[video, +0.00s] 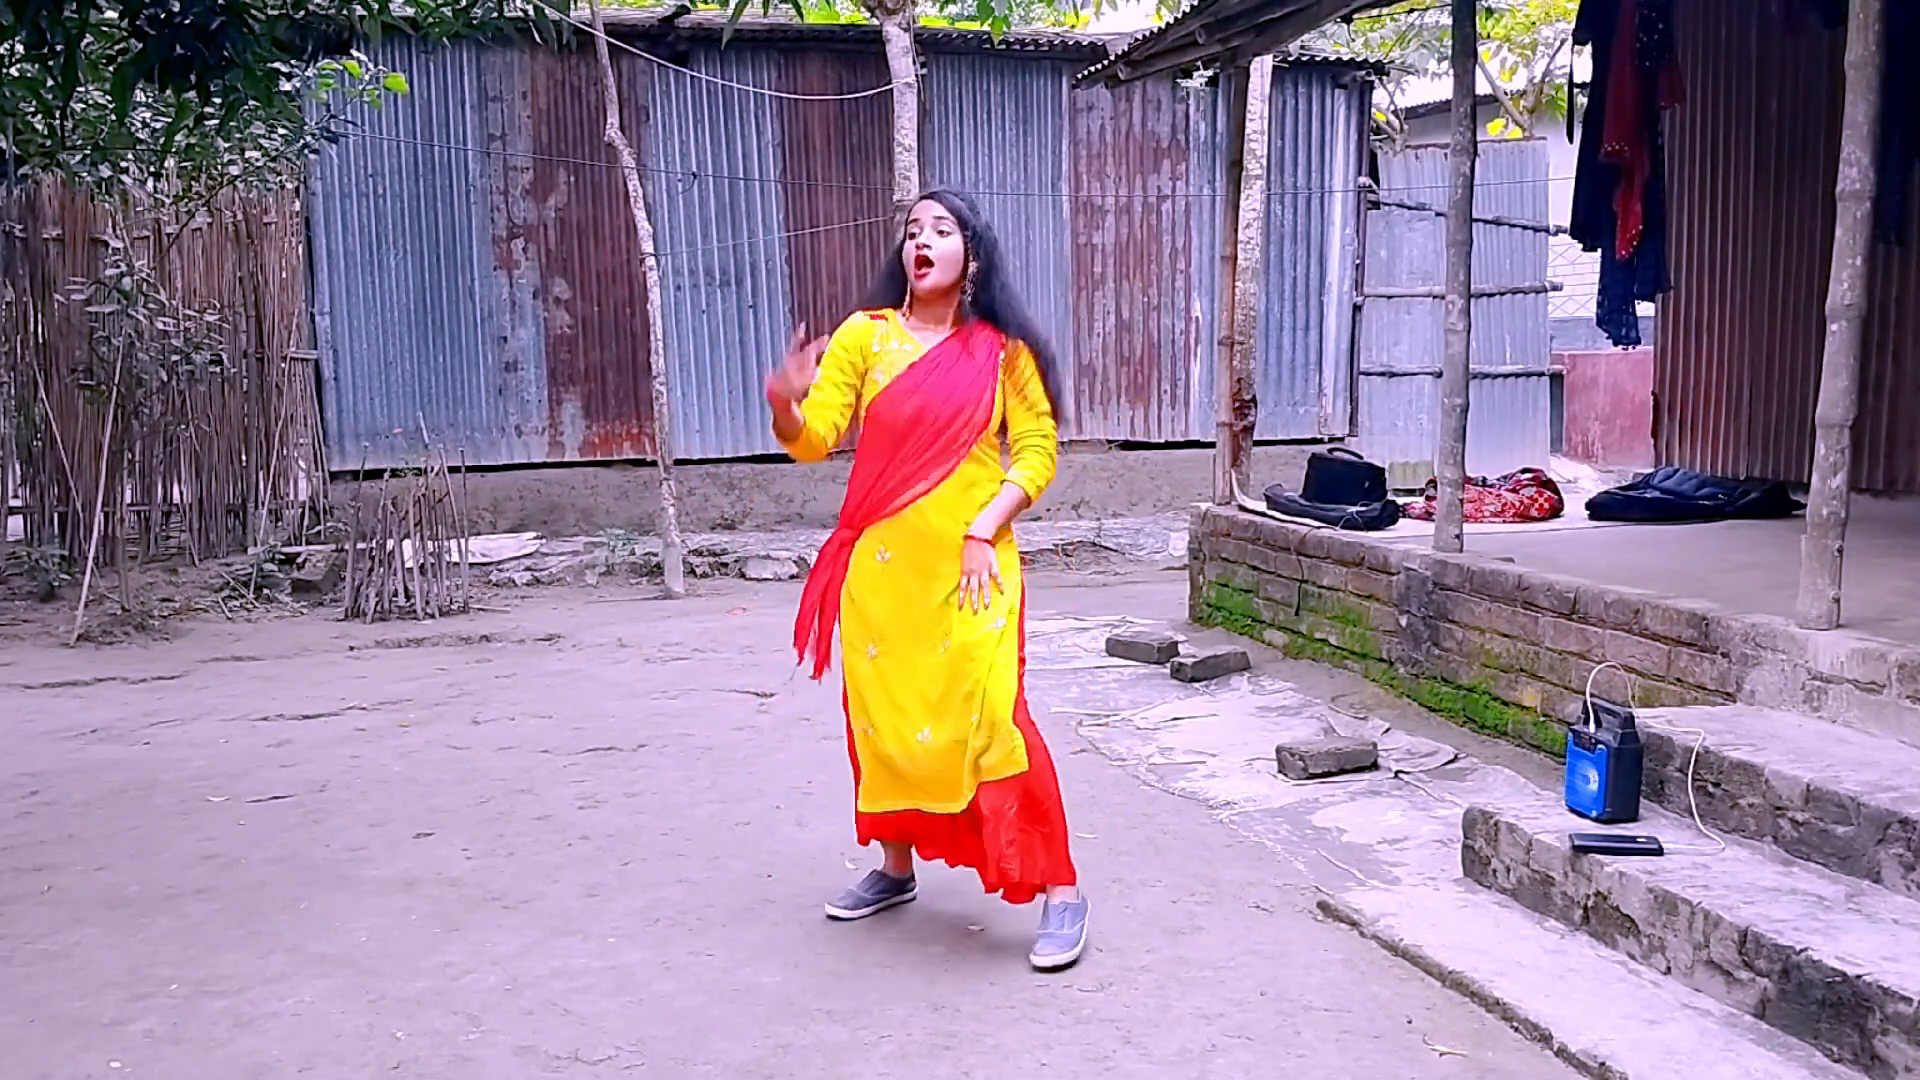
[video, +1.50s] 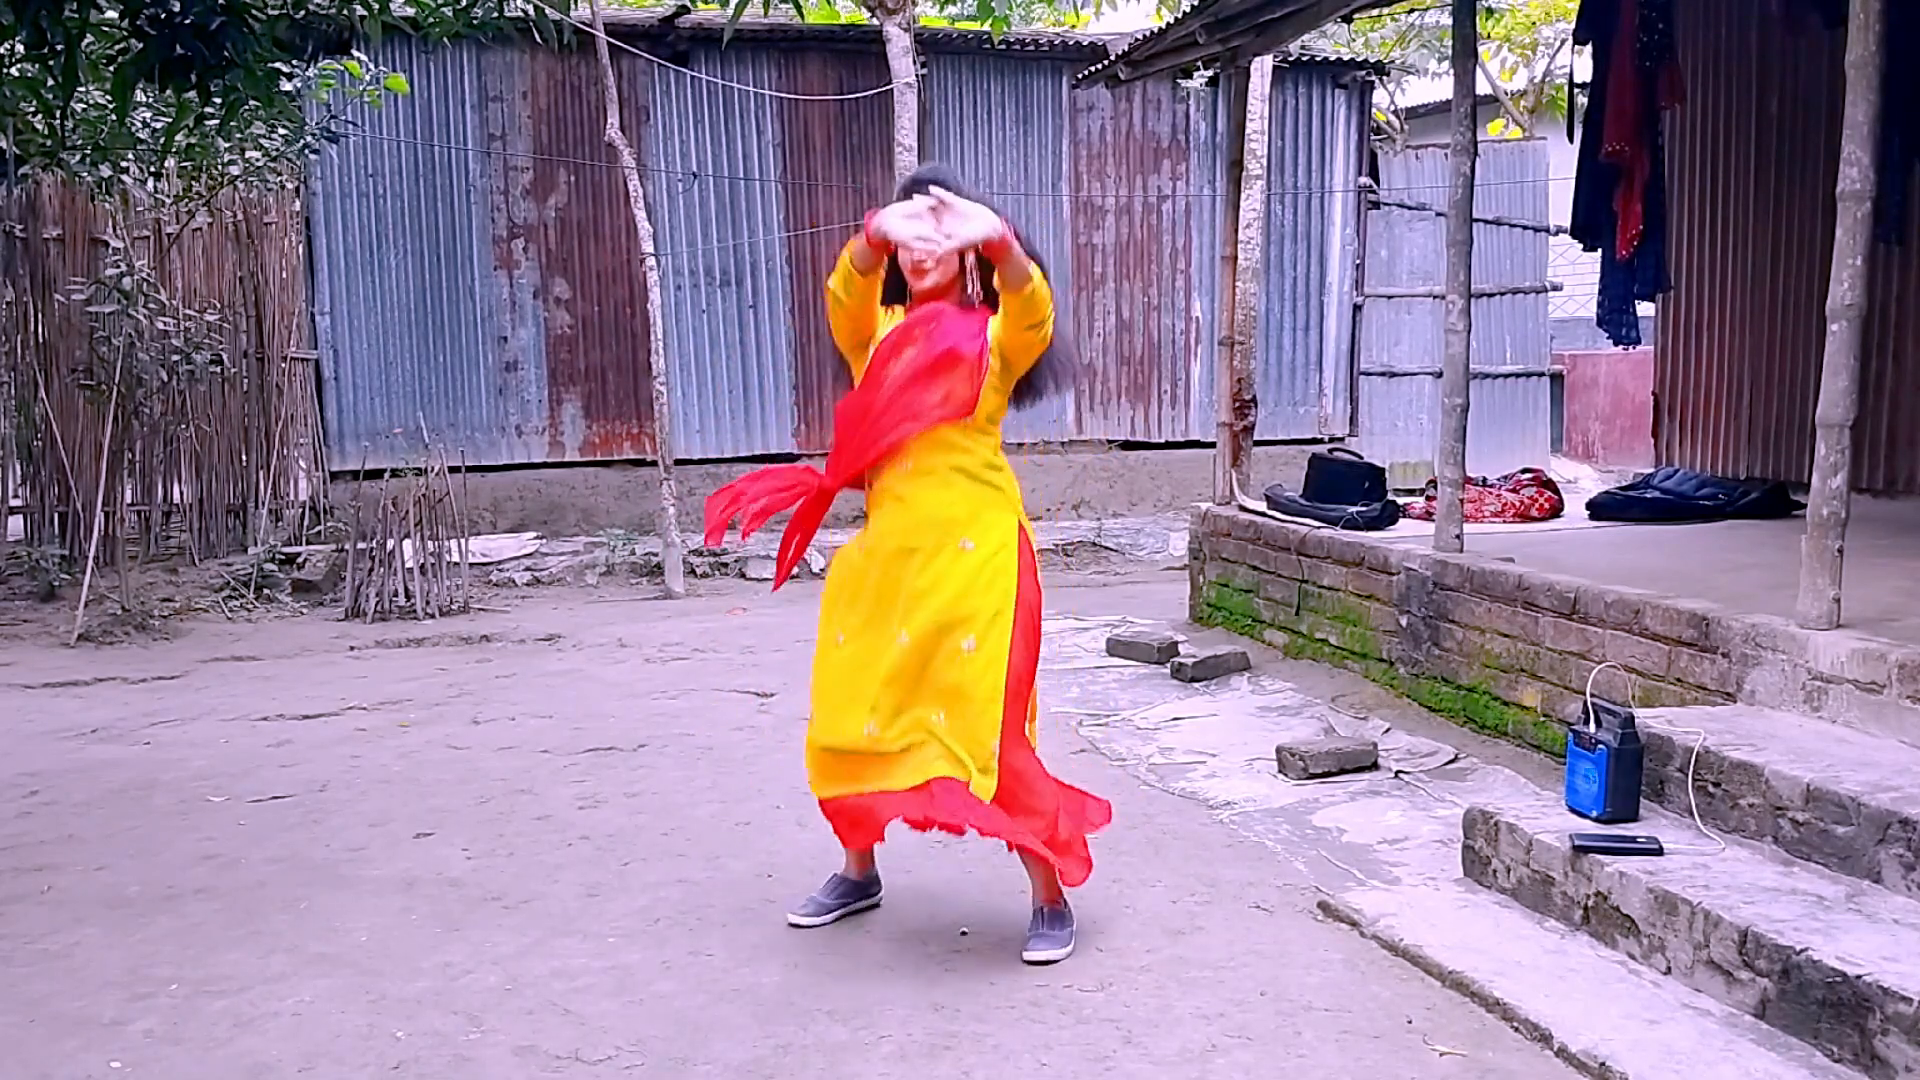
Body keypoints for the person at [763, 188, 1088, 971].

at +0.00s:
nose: (923, 242)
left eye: (940, 231)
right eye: (914, 232)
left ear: (971, 256)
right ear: (901, 255)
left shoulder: (1005, 352)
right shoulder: (863, 333)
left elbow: (1037, 453)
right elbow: (813, 441)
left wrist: (984, 529)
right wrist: (784, 407)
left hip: (972, 555)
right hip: (879, 555)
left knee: (994, 714)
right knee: (878, 712)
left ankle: (1060, 893)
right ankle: (894, 866)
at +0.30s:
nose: (965, 300)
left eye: (982, 287)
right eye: (955, 291)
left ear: (1017, 303)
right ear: (945, 305)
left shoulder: (1045, 404)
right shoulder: (916, 357)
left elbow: (1063, 513)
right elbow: (846, 378)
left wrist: (1022, 469)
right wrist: (805, 377)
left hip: (1009, 595)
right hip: (916, 586)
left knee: (1020, 747)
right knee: (884, 725)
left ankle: (1070, 905)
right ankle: (886, 873)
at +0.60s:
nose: (954, 274)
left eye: (970, 260)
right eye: (946, 263)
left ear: (1008, 269)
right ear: (941, 277)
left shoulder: (1037, 352)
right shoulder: (961, 360)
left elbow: (999, 452)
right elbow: (947, 475)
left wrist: (937, 407)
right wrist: (881, 501)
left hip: (984, 564)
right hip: (919, 559)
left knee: (1004, 728)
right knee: (900, 710)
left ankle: (1064, 900)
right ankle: (915, 872)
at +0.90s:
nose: (935, 189)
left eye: (952, 177)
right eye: (931, 177)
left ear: (991, 193)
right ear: (925, 195)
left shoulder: (1019, 273)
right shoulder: (912, 290)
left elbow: (1029, 385)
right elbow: (875, 409)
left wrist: (968, 318)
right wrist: (820, 351)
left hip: (992, 508)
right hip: (913, 509)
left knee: (994, 685)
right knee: (901, 673)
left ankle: (1050, 868)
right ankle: (930, 832)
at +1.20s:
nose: (929, 227)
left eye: (947, 215)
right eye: (920, 216)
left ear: (984, 230)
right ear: (912, 232)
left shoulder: (1020, 314)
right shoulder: (893, 323)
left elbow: (1041, 391)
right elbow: (818, 414)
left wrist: (940, 324)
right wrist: (864, 349)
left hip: (991, 544)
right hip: (905, 545)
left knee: (1013, 716)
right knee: (902, 702)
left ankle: (1057, 898)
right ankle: (913, 875)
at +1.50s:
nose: (917, 251)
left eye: (933, 233)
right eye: (904, 238)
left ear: (966, 244)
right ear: (892, 253)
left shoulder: (988, 334)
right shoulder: (879, 332)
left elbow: (1028, 315)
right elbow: (847, 299)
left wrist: (1004, 249)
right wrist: (871, 240)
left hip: (977, 531)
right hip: (889, 534)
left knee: (985, 711)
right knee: (842, 698)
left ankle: (1049, 897)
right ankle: (857, 868)